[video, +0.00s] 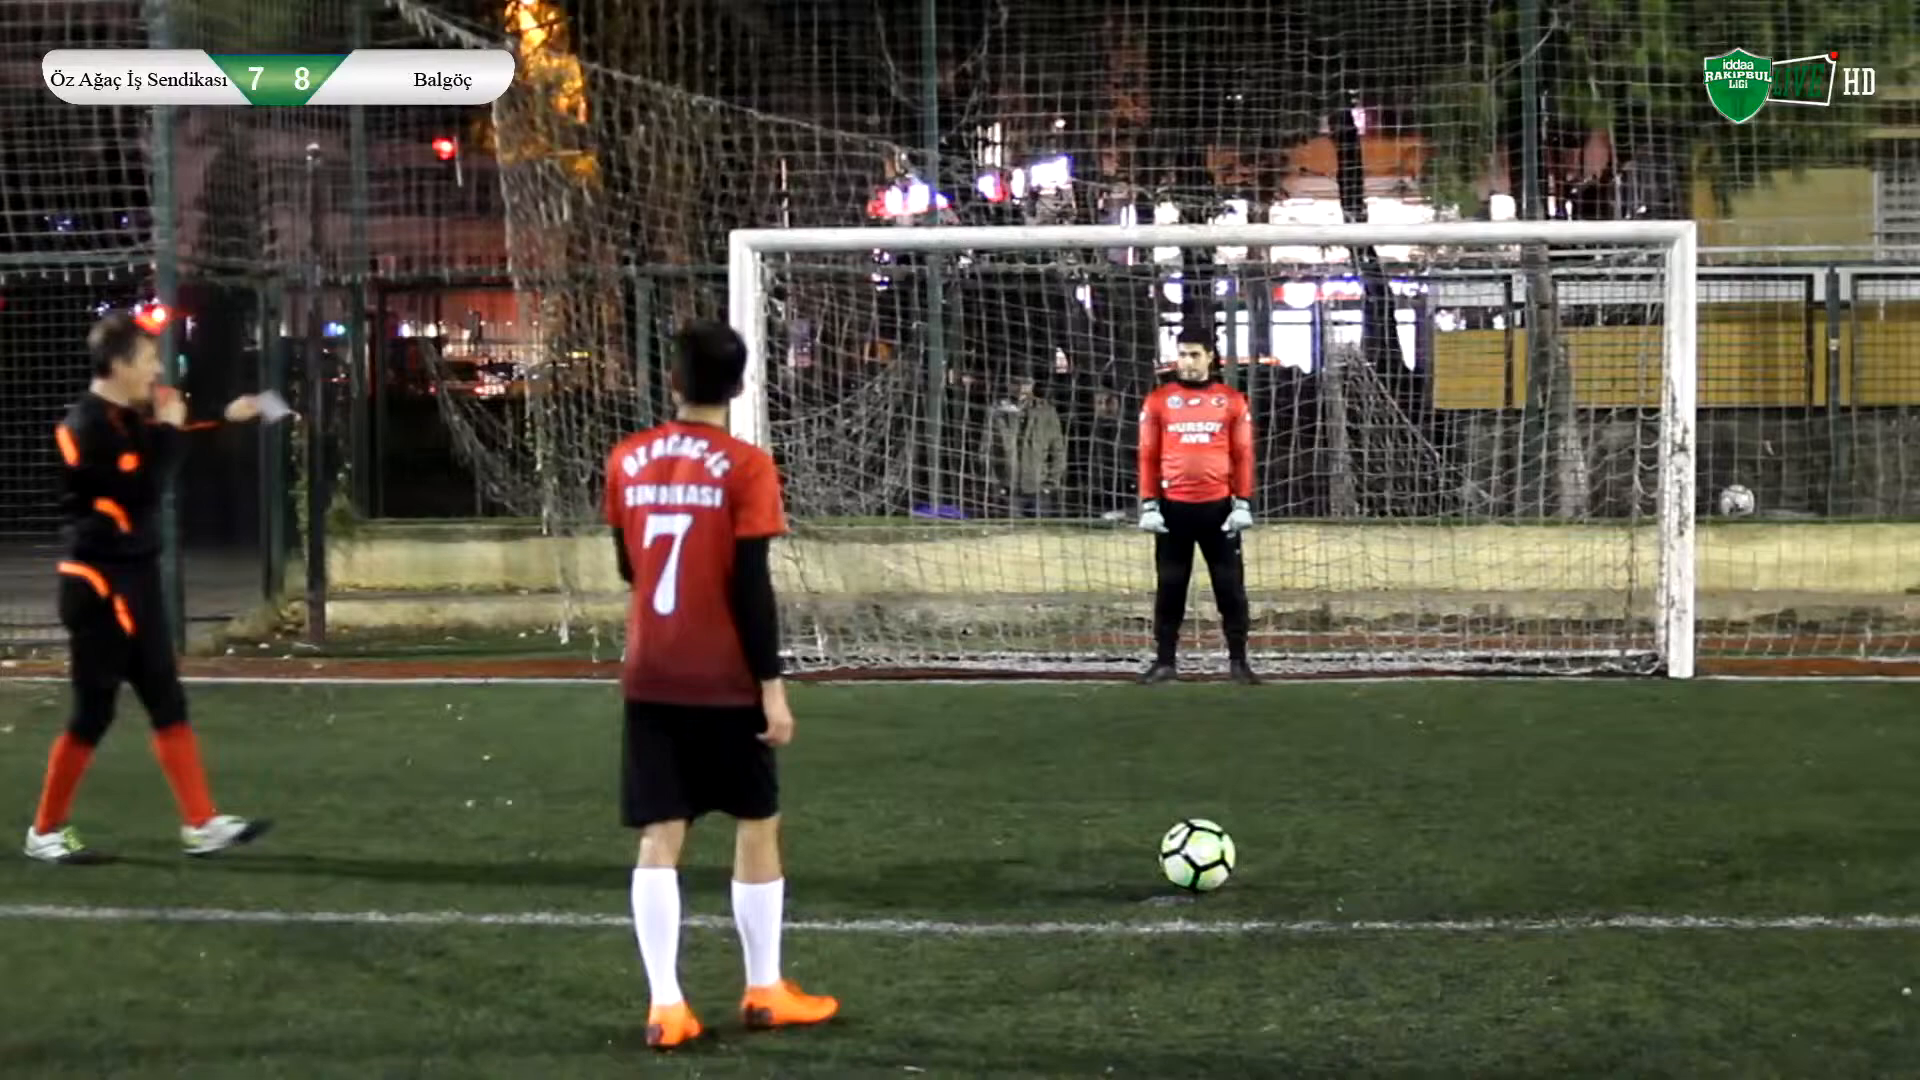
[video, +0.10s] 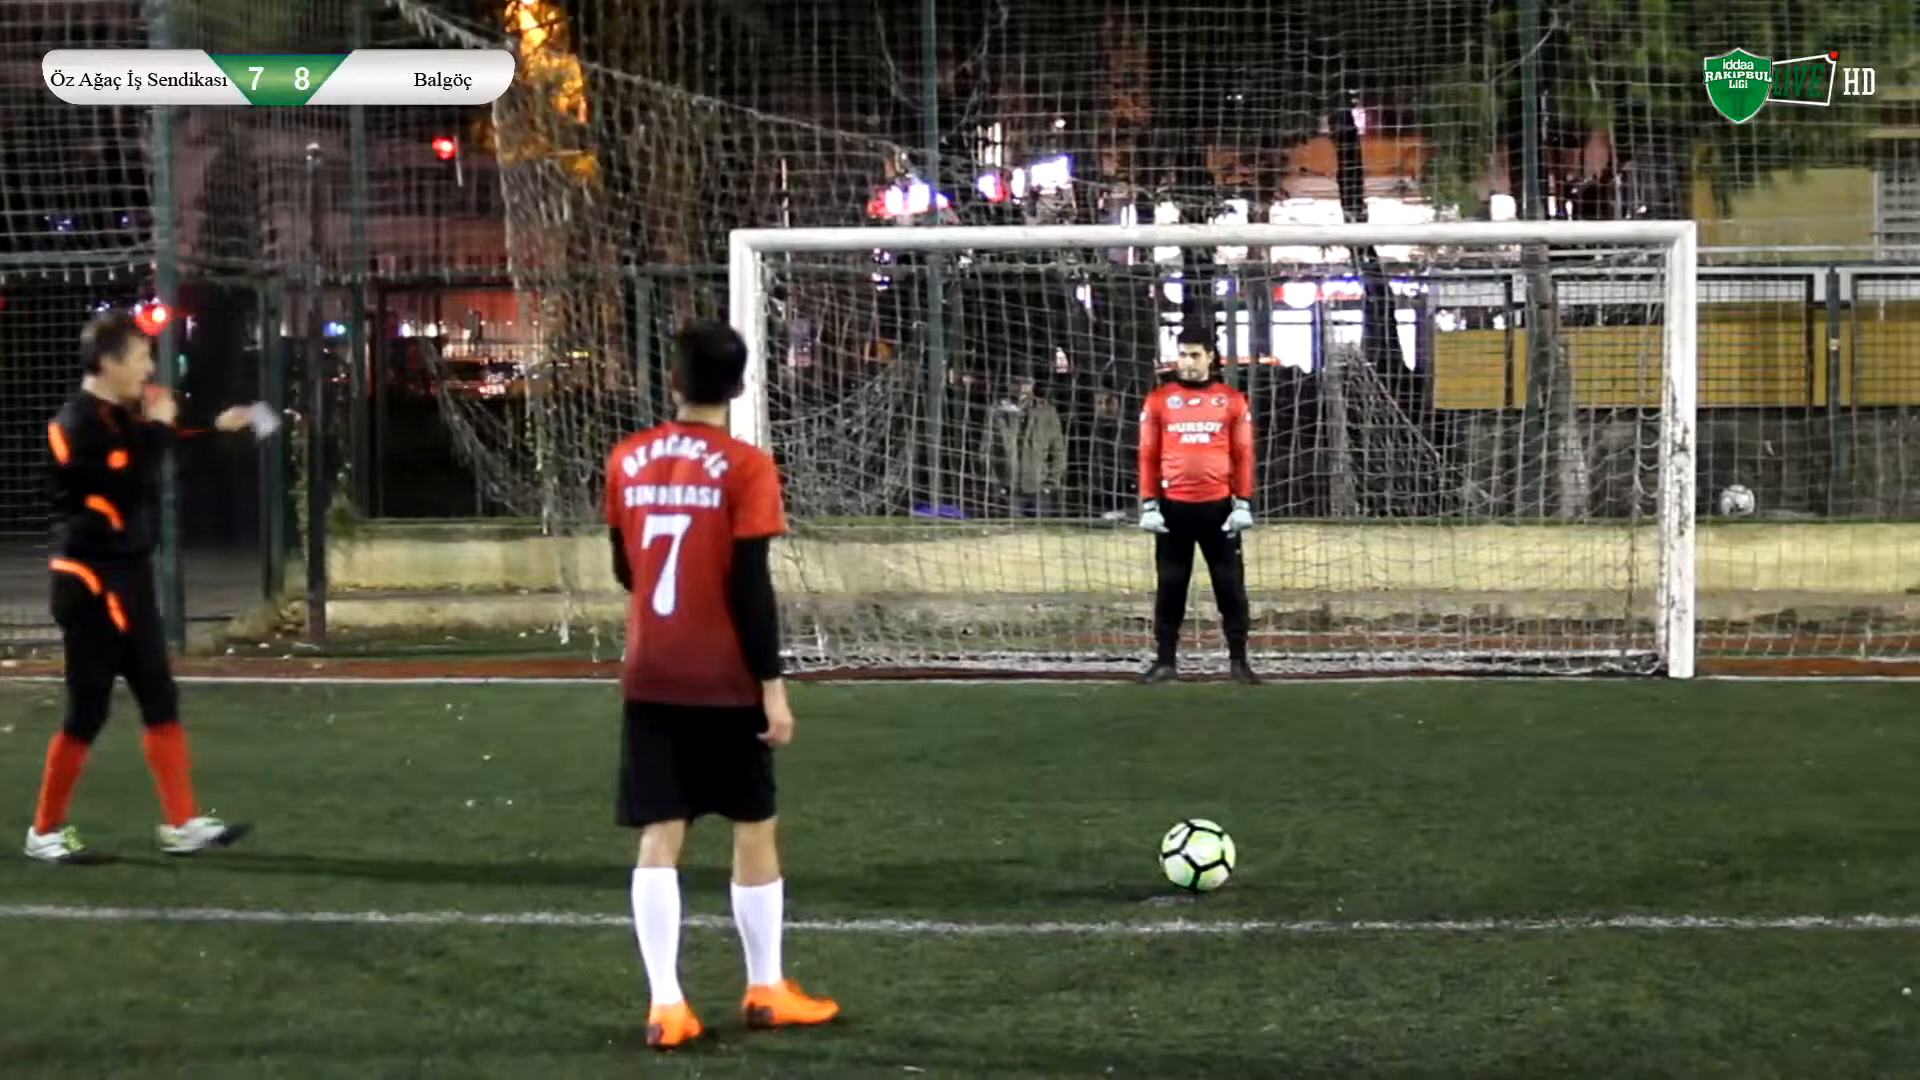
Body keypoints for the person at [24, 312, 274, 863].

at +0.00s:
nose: (156, 372)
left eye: (156, 361)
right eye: (148, 362)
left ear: (124, 366)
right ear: (116, 366)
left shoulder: (132, 418)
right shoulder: (81, 425)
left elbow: (176, 437)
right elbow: (134, 494)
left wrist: (233, 416)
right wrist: (168, 430)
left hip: (136, 579)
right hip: (94, 581)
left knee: (166, 700)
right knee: (94, 709)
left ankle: (201, 822)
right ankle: (45, 830)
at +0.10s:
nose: (149, 370)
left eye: (149, 359)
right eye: (141, 359)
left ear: (120, 364)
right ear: (106, 363)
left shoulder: (125, 417)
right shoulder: (74, 423)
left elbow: (165, 441)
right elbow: (124, 492)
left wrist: (219, 428)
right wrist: (157, 427)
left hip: (129, 576)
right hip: (87, 579)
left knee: (159, 697)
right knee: (88, 707)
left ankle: (182, 822)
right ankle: (45, 830)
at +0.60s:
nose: (61, 377)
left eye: (64, 367)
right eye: (52, 367)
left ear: (60, 367)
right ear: (20, 367)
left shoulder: (46, 419)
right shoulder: (9, 422)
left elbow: (52, 498)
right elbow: (24, 499)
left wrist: (93, 526)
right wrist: (66, 443)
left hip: (39, 584)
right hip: (12, 586)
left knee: (16, 698)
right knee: (45, 697)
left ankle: (41, 826)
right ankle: (40, 828)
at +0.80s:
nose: (52, 378)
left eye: (54, 367)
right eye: (45, 367)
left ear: (24, 368)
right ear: (13, 367)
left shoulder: (26, 422)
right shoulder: (7, 424)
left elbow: (26, 504)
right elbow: (9, 507)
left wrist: (77, 523)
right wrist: (55, 502)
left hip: (16, 581)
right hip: (1, 583)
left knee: (15, 692)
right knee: (17, 691)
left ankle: (16, 814)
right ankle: (12, 816)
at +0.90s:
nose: (45, 378)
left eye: (46, 366)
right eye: (38, 365)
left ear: (21, 365)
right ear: (6, 363)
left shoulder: (21, 424)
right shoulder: (6, 428)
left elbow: (45, 489)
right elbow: (6, 505)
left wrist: (105, 502)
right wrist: (44, 518)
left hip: (13, 599)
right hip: (3, 601)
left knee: (15, 696)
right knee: (14, 696)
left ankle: (5, 812)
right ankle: (3, 812)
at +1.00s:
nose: (43, 369)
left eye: (42, 357)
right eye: (36, 356)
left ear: (13, 360)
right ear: (8, 359)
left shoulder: (18, 419)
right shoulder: (5, 420)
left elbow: (64, 459)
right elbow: (3, 499)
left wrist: (130, 448)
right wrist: (29, 536)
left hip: (13, 576)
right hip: (3, 580)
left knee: (5, 684)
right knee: (3, 687)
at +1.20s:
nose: (40, 364)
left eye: (39, 353)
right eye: (33, 353)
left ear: (13, 357)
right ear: (5, 355)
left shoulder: (14, 413)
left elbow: (43, 448)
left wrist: (111, 435)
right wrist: (8, 559)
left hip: (3, 587)